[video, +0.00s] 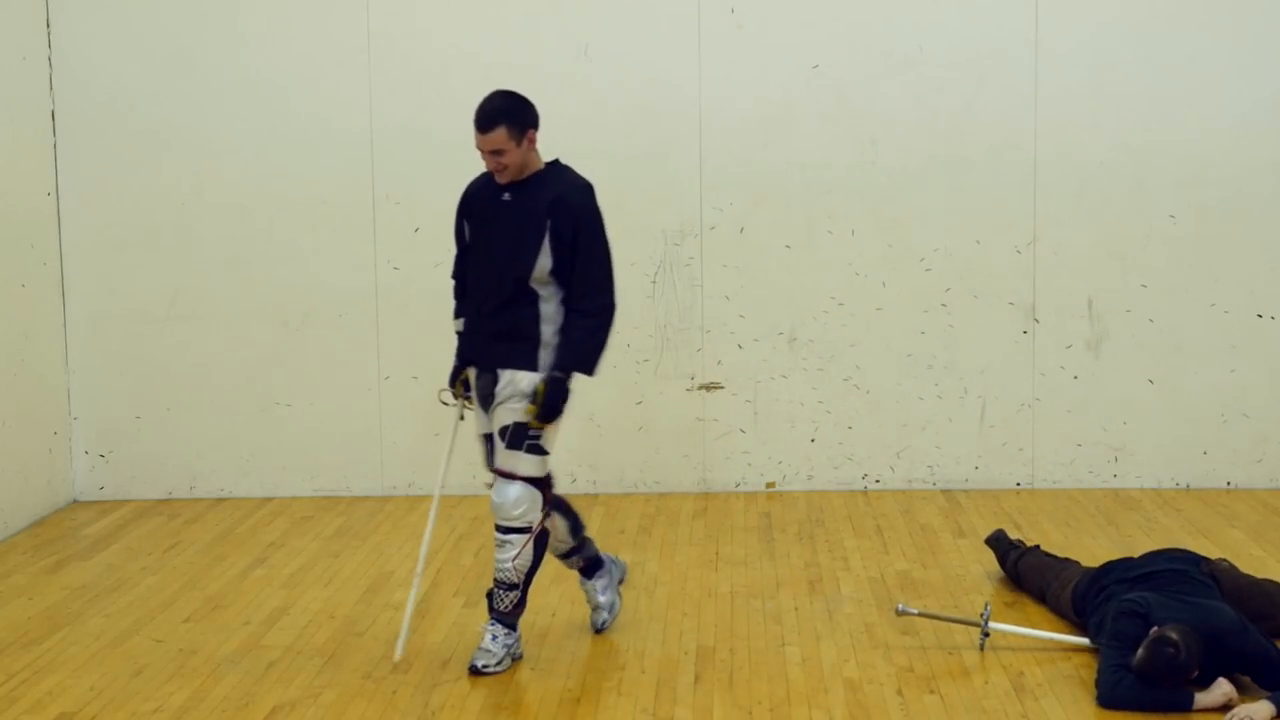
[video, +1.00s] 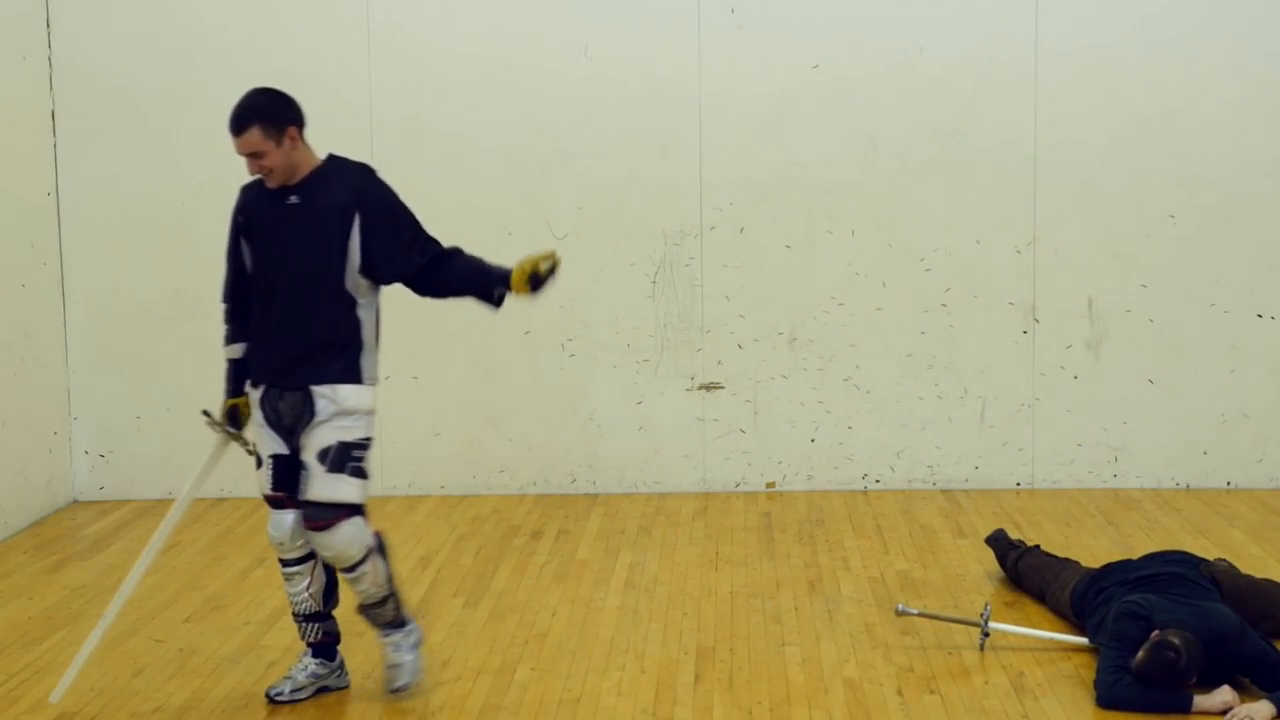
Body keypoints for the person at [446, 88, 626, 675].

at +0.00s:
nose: (490, 163)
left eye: (499, 152)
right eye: (484, 153)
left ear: (531, 138)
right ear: (478, 145)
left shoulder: (568, 195)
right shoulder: (478, 196)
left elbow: (592, 296)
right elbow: (466, 284)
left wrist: (564, 376)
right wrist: (464, 356)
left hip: (537, 364)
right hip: (484, 362)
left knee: (514, 491)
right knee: (517, 487)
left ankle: (503, 626)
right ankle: (597, 570)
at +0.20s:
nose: (454, 162)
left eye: (462, 151)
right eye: (448, 152)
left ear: (495, 137)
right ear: (444, 146)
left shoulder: (538, 195)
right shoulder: (447, 198)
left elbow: (562, 300)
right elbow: (441, 289)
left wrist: (505, 369)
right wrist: (436, 362)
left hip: (510, 372)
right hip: (450, 368)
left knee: (504, 499)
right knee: (432, 491)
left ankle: (503, 624)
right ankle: (513, 584)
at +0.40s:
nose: (412, 168)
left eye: (418, 155)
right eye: (405, 157)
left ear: (451, 137)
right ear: (406, 149)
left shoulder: (503, 194)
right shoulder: (411, 205)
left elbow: (533, 303)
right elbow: (415, 300)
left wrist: (490, 376)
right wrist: (410, 369)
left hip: (490, 380)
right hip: (425, 377)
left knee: (493, 506)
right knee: (389, 501)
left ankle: (501, 630)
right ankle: (373, 635)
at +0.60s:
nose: (359, 174)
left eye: (364, 161)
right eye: (353, 164)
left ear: (398, 143)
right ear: (358, 157)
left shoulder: (456, 199)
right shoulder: (361, 218)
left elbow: (498, 297)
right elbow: (369, 312)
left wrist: (494, 387)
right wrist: (364, 386)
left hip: (450, 388)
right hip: (381, 387)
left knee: (470, 510)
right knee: (343, 514)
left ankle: (498, 629)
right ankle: (330, 654)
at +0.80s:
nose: (298, 171)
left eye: (302, 157)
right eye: (292, 161)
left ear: (338, 138)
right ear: (304, 153)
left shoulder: (399, 195)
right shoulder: (300, 214)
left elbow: (451, 282)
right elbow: (302, 307)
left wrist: (497, 358)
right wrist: (305, 384)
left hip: (391, 390)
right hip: (319, 389)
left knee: (416, 522)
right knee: (304, 526)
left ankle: (482, 617)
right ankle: (323, 661)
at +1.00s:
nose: (252, 167)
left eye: (257, 154)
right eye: (245, 157)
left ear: (292, 136)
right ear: (250, 150)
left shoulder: (354, 188)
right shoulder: (252, 206)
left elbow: (422, 261)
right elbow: (239, 305)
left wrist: (506, 279)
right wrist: (236, 388)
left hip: (340, 381)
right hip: (271, 385)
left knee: (330, 519)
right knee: (285, 526)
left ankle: (398, 635)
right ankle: (323, 660)